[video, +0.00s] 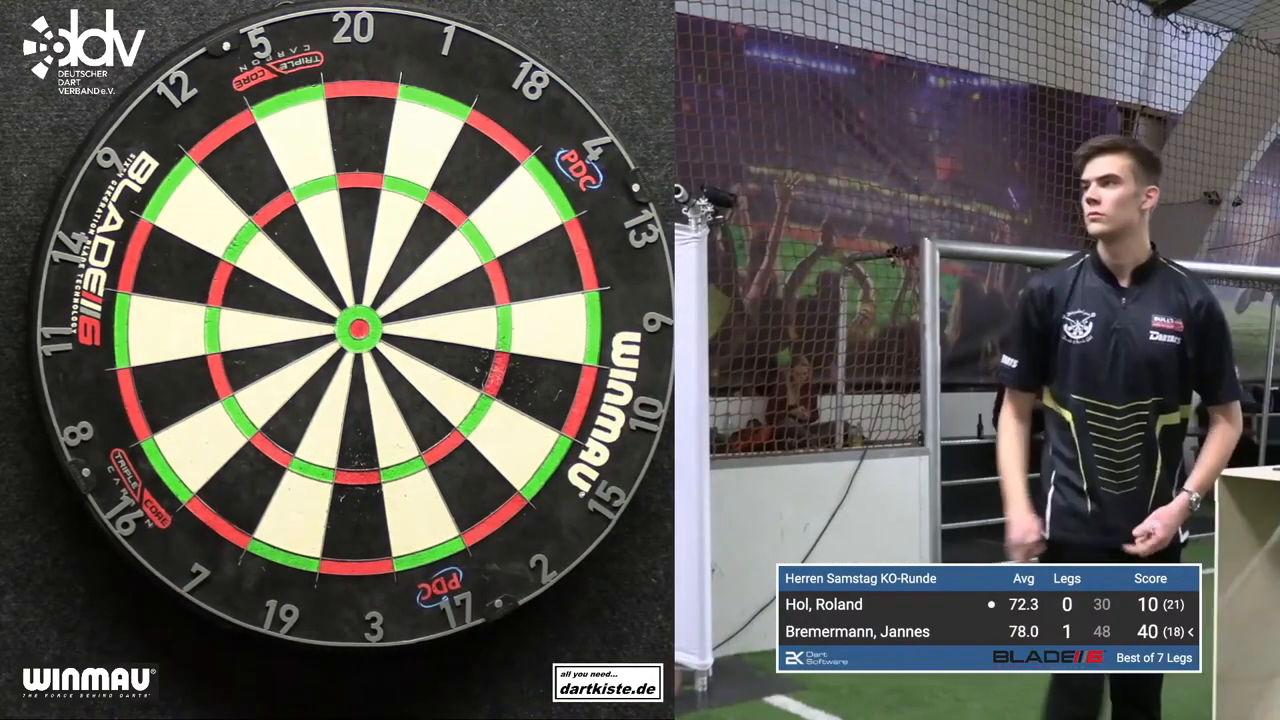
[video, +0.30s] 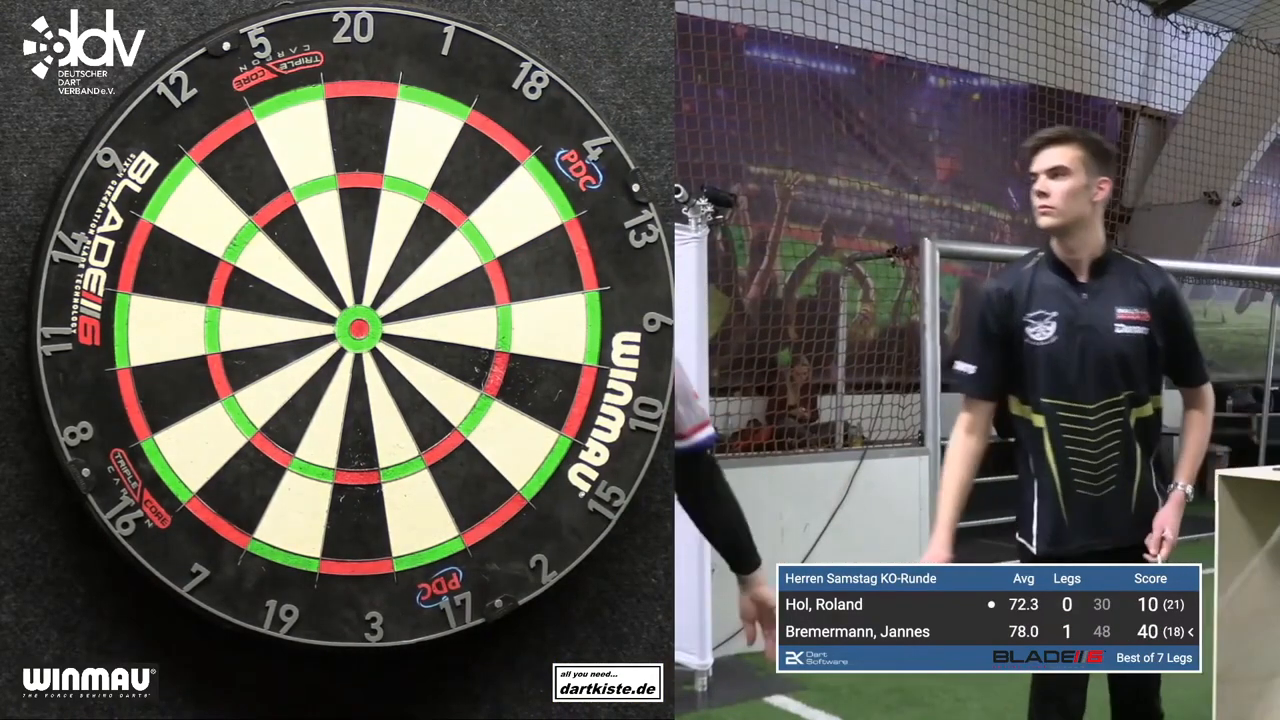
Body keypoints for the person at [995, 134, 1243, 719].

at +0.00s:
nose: (1090, 195)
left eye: (1107, 184)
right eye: (1085, 186)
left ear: (1149, 198)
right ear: (1079, 200)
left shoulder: (1192, 303)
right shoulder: (1048, 295)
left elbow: (1227, 419)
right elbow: (1016, 409)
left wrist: (1181, 506)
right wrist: (1017, 507)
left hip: (1153, 534)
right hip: (1069, 532)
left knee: (1140, 691)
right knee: (1073, 686)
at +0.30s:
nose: (1039, 189)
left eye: (1056, 176)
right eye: (1034, 180)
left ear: (1101, 189)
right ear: (1028, 194)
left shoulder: (1152, 289)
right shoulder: (1005, 297)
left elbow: (1199, 400)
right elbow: (972, 425)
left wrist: (1178, 497)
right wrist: (940, 541)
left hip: (1136, 535)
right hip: (1052, 538)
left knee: (1139, 698)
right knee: (1056, 700)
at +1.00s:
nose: (1012, 186)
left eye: (1030, 172)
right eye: (1008, 176)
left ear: (1074, 186)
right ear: (1004, 190)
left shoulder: (1131, 289)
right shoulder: (979, 299)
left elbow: (1171, 411)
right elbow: (953, 431)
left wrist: (1141, 508)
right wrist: (995, 535)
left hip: (1125, 543)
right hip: (1034, 551)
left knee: (1136, 697)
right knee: (1048, 700)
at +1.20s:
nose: (1042, 188)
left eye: (1059, 175)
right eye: (1035, 179)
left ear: (1102, 189)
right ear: (1028, 193)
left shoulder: (1148, 295)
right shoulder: (996, 293)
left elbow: (1182, 418)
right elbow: (945, 404)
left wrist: (1148, 502)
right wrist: (1031, 454)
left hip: (1132, 537)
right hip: (1040, 538)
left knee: (1142, 695)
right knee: (1052, 696)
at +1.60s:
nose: (1117, 197)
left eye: (1133, 184)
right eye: (1107, 187)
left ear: (1169, 196)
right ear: (1098, 202)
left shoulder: (1205, 304)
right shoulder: (1063, 287)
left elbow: (1247, 419)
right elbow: (973, 370)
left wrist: (1224, 505)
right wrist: (1054, 438)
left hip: (1180, 542)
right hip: (1088, 540)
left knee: (1206, 700)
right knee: (1080, 699)